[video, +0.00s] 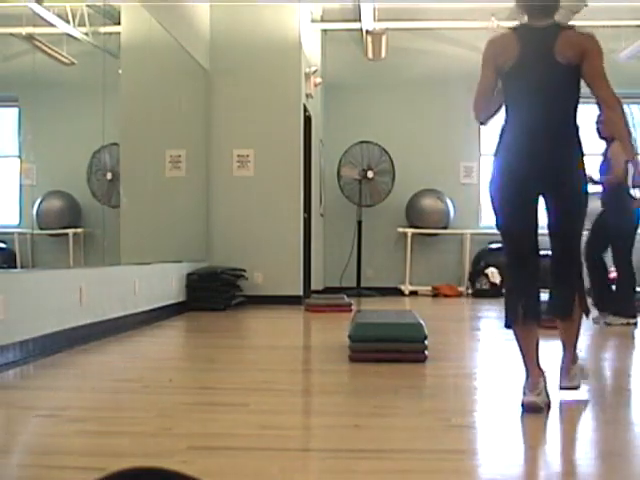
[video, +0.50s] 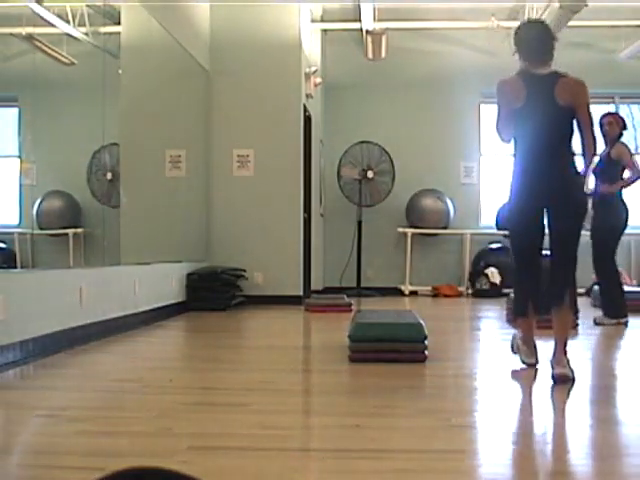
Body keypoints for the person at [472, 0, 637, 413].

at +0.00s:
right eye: (558, 8)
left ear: (520, 9)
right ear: (559, 8)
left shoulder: (499, 45)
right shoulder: (580, 42)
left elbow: (482, 112)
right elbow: (608, 101)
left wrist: (509, 83)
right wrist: (624, 145)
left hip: (512, 166)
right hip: (563, 166)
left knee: (519, 268)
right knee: (567, 259)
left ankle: (533, 378)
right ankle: (569, 362)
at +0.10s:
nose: (533, 17)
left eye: (525, 12)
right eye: (548, 12)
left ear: (521, 17)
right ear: (560, 17)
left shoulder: (505, 60)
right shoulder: (581, 58)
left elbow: (495, 118)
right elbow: (612, 108)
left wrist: (505, 87)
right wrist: (633, 145)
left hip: (518, 181)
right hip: (567, 181)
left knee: (523, 277)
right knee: (566, 271)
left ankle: (535, 370)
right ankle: (569, 349)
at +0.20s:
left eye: (525, 18)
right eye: (552, 17)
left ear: (523, 25)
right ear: (561, 24)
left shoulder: (508, 69)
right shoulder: (584, 67)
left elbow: (505, 118)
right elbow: (606, 116)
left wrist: (533, 99)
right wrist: (630, 154)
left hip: (524, 180)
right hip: (569, 181)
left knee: (519, 264)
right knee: (567, 265)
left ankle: (537, 338)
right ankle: (562, 359)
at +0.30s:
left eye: (525, 23)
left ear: (523, 29)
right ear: (559, 27)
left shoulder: (507, 69)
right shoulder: (580, 71)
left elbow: (509, 120)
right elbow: (603, 127)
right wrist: (624, 180)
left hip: (526, 181)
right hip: (571, 182)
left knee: (519, 262)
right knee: (568, 267)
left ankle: (535, 332)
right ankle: (563, 360)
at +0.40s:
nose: (522, 39)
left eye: (520, 34)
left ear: (522, 37)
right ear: (555, 34)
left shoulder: (508, 75)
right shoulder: (577, 75)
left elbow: (507, 122)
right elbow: (594, 129)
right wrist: (608, 181)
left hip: (527, 180)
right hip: (569, 181)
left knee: (523, 262)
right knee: (566, 265)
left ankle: (531, 347)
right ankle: (562, 358)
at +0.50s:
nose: (525, 54)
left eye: (521, 48)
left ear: (519, 51)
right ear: (553, 49)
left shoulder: (507, 87)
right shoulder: (573, 87)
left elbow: (504, 133)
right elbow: (589, 140)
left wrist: (522, 110)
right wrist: (587, 172)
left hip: (526, 186)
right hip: (565, 186)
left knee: (525, 265)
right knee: (563, 268)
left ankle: (526, 342)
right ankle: (560, 356)